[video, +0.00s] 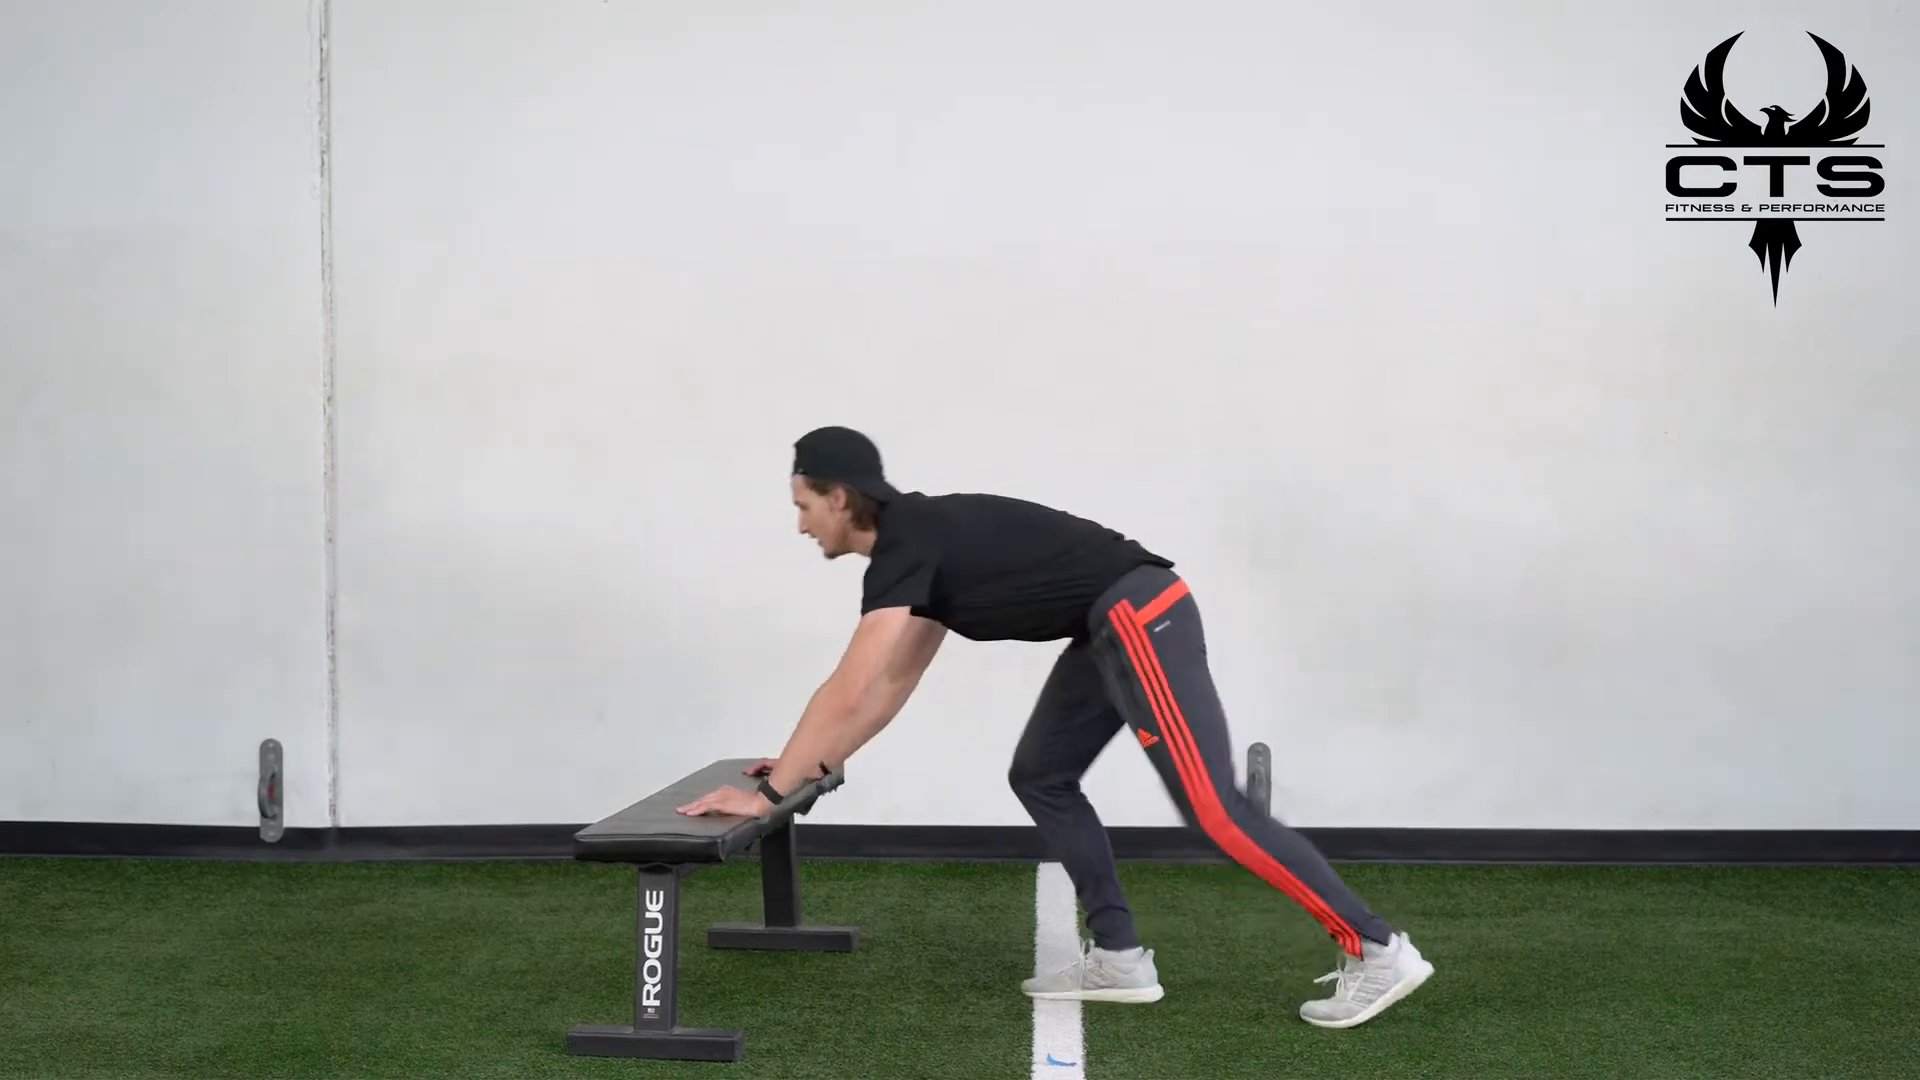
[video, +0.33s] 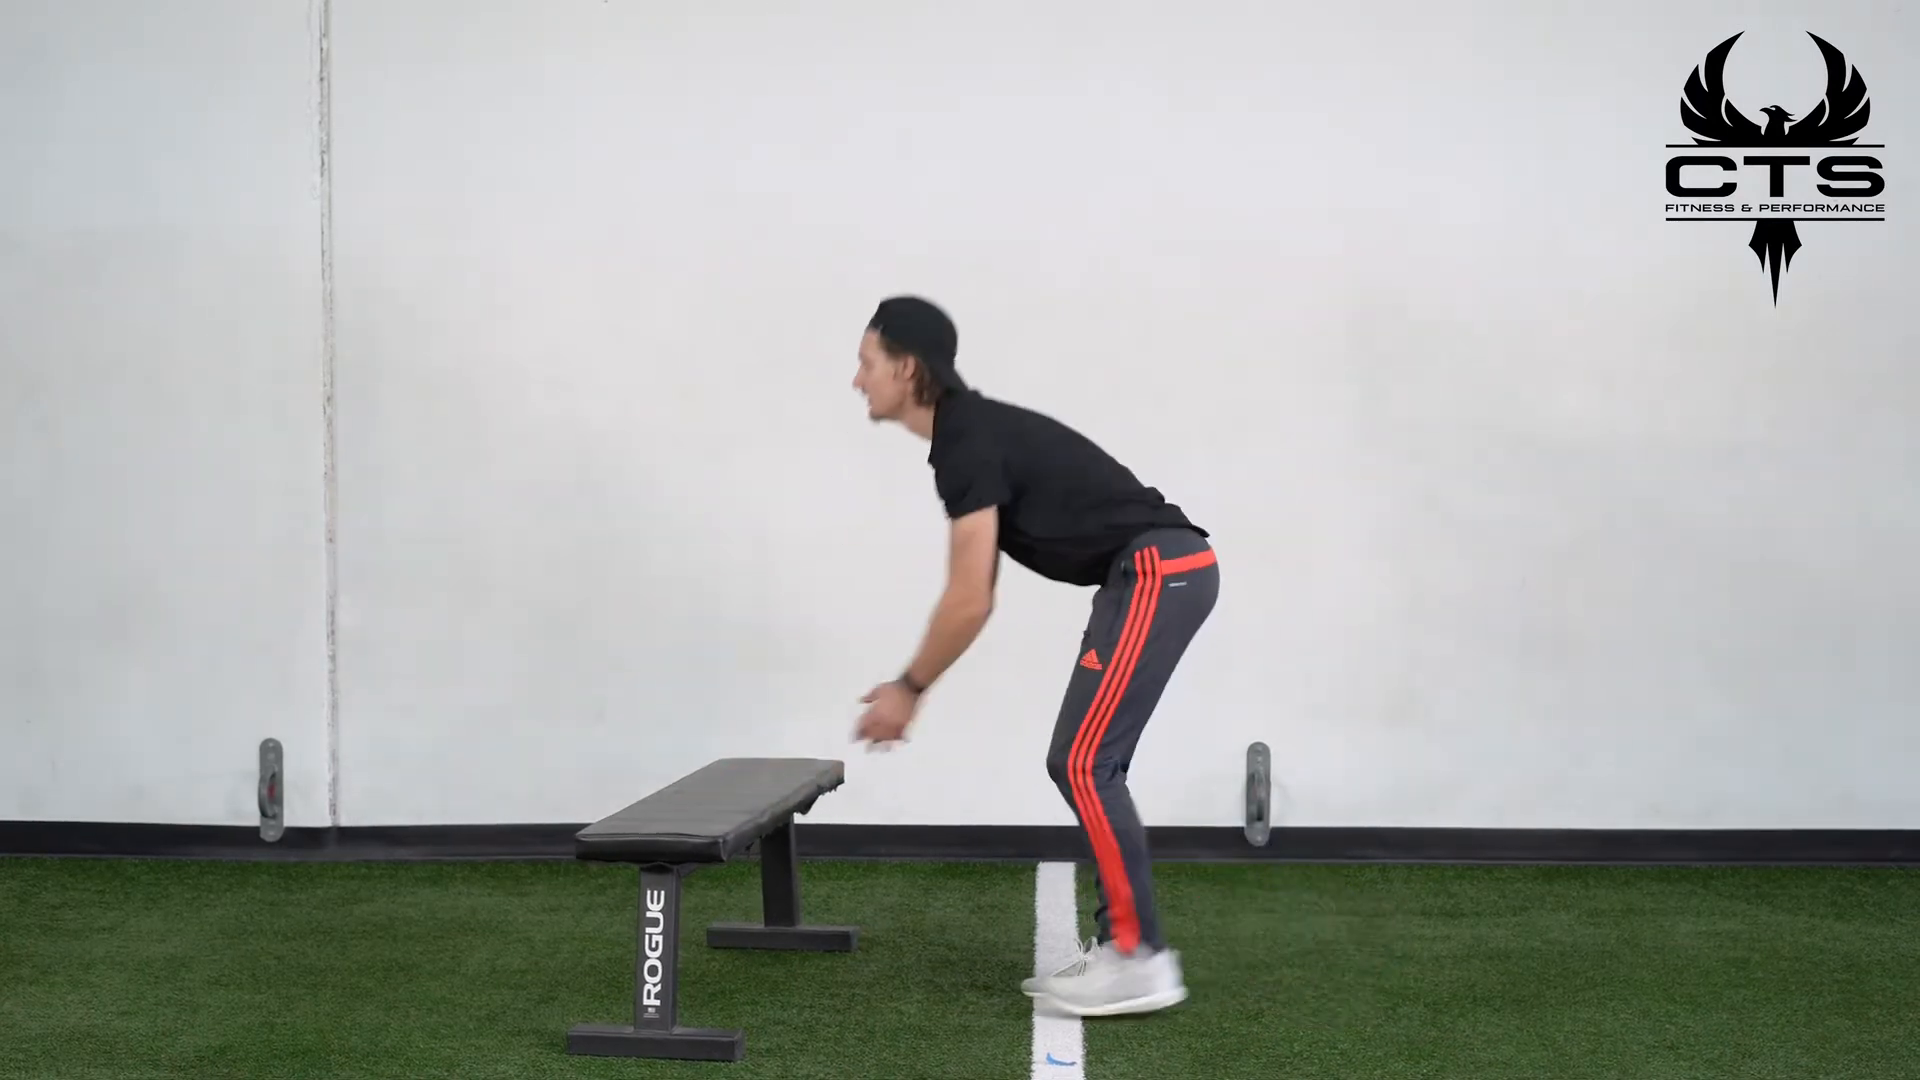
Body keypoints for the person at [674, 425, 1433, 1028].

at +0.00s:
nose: (799, 518)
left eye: (804, 502)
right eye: (797, 503)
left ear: (847, 498)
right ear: (855, 494)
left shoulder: (905, 549)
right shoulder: (925, 547)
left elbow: (850, 695)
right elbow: (888, 692)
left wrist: (767, 794)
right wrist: (810, 769)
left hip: (1139, 612)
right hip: (1105, 628)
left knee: (1215, 810)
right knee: (1042, 777)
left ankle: (1379, 949)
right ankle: (1119, 958)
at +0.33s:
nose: (857, 380)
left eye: (866, 365)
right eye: (859, 364)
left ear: (911, 370)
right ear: (917, 370)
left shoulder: (968, 440)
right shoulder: (967, 436)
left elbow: (971, 598)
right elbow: (971, 596)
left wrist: (908, 689)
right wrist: (909, 687)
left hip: (1159, 569)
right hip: (1149, 569)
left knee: (1083, 762)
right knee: (1083, 762)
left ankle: (1140, 958)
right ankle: (1128, 949)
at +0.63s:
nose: (948, 288)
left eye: (961, 274)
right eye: (952, 273)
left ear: (1004, 282)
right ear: (1003, 285)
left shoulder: (1040, 366)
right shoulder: (1024, 372)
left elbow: (1010, 461)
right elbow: (1018, 485)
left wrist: (896, 485)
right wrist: (936, 478)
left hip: (1100, 604)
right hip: (1083, 602)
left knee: (1007, 796)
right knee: (1010, 792)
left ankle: (1113, 967)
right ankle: (1108, 957)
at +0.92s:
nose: (992, 133)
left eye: (1005, 118)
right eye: (995, 118)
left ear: (1040, 123)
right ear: (1060, 124)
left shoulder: (1059, 201)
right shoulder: (1063, 200)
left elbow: (1018, 150)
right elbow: (1042, 141)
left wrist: (978, 39)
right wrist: (1042, 64)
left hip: (1050, 464)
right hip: (1047, 462)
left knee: (1049, 672)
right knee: (1047, 672)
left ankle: (1084, 877)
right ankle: (1078, 872)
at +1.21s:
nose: (970, 246)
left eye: (981, 231)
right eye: (971, 230)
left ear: (1022, 231)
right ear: (1032, 232)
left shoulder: (1050, 312)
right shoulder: (1039, 315)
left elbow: (1071, 322)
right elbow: (1045, 280)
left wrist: (1025, 234)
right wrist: (1000, 217)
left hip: (1043, 574)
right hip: (1048, 571)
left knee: (1025, 777)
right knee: (1043, 775)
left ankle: (1098, 966)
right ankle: (1099, 955)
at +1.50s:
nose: (874, 294)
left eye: (877, 275)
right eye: (871, 278)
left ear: (919, 262)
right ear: (917, 264)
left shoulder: (983, 346)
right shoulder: (978, 339)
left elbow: (1038, 479)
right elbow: (1042, 477)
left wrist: (1043, 603)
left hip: (1088, 568)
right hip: (1086, 565)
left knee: (1058, 765)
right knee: (1073, 762)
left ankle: (1102, 966)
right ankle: (1101, 954)